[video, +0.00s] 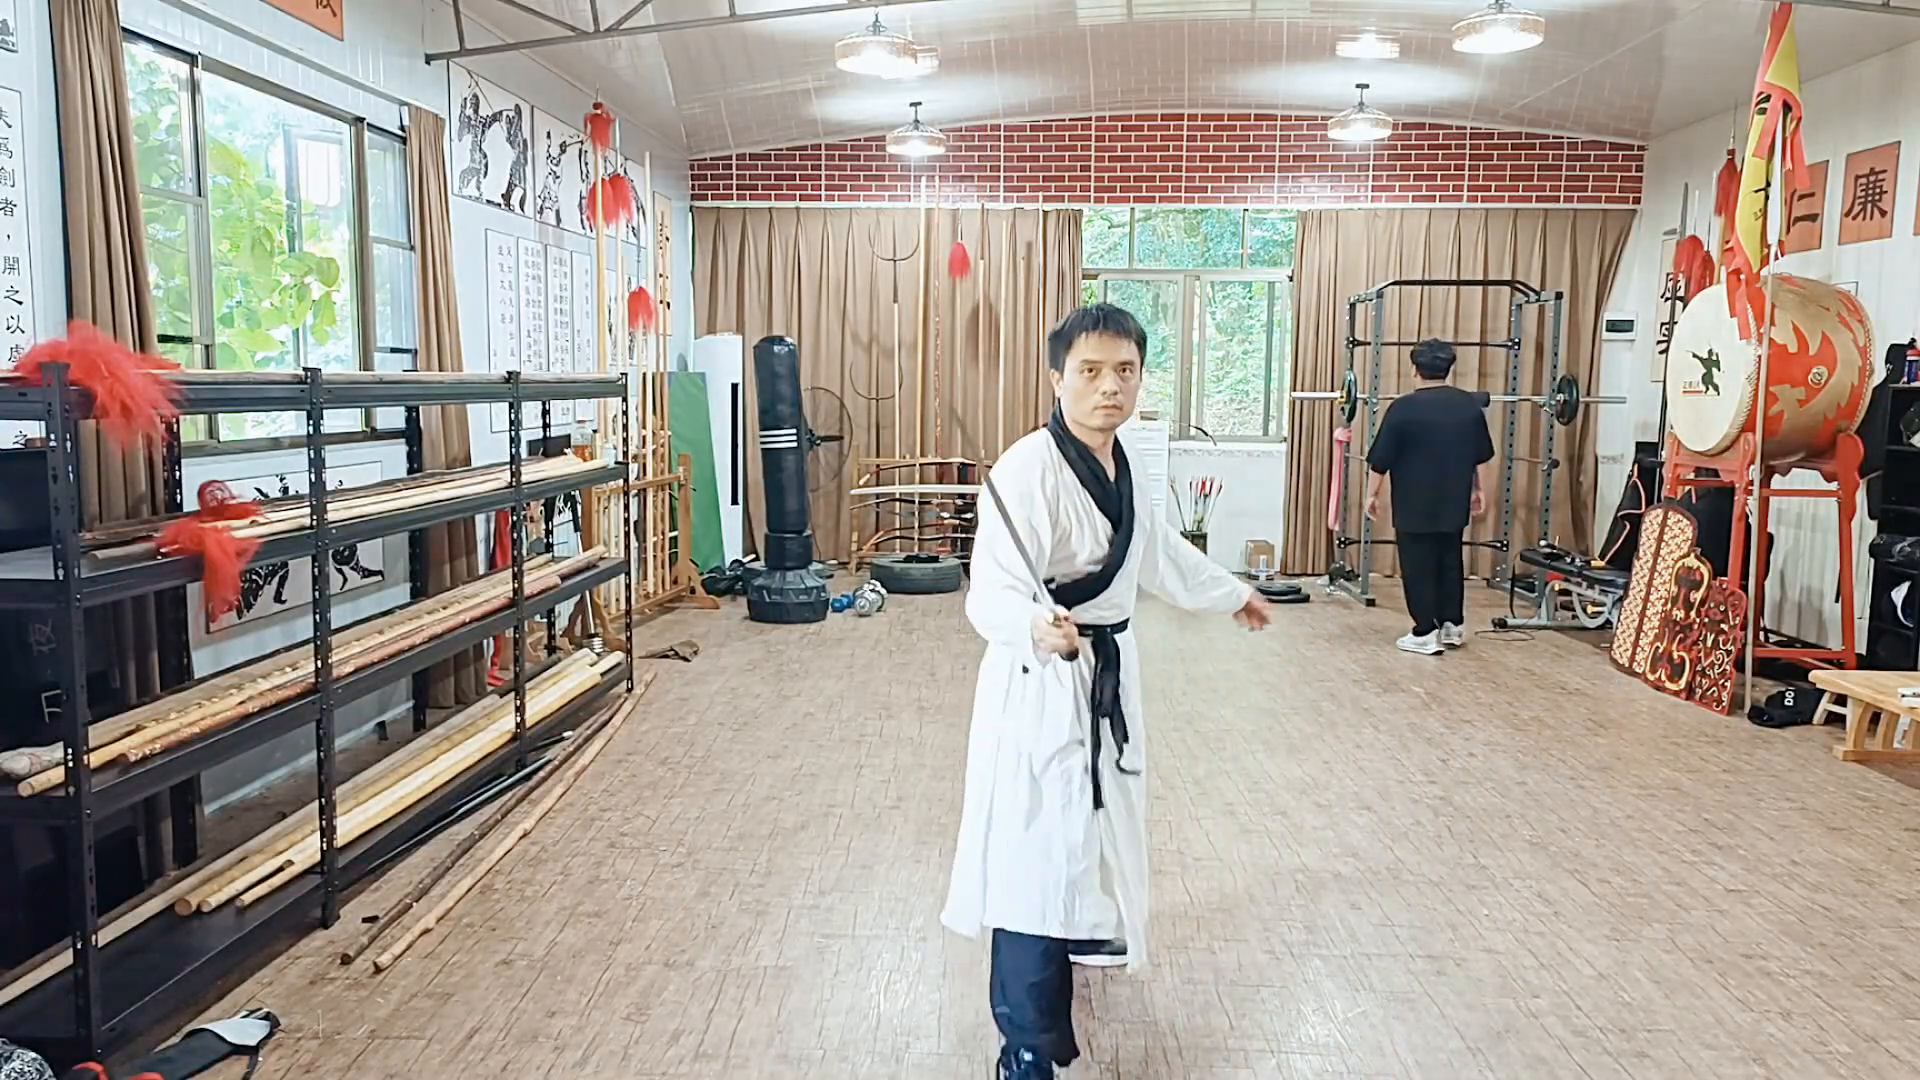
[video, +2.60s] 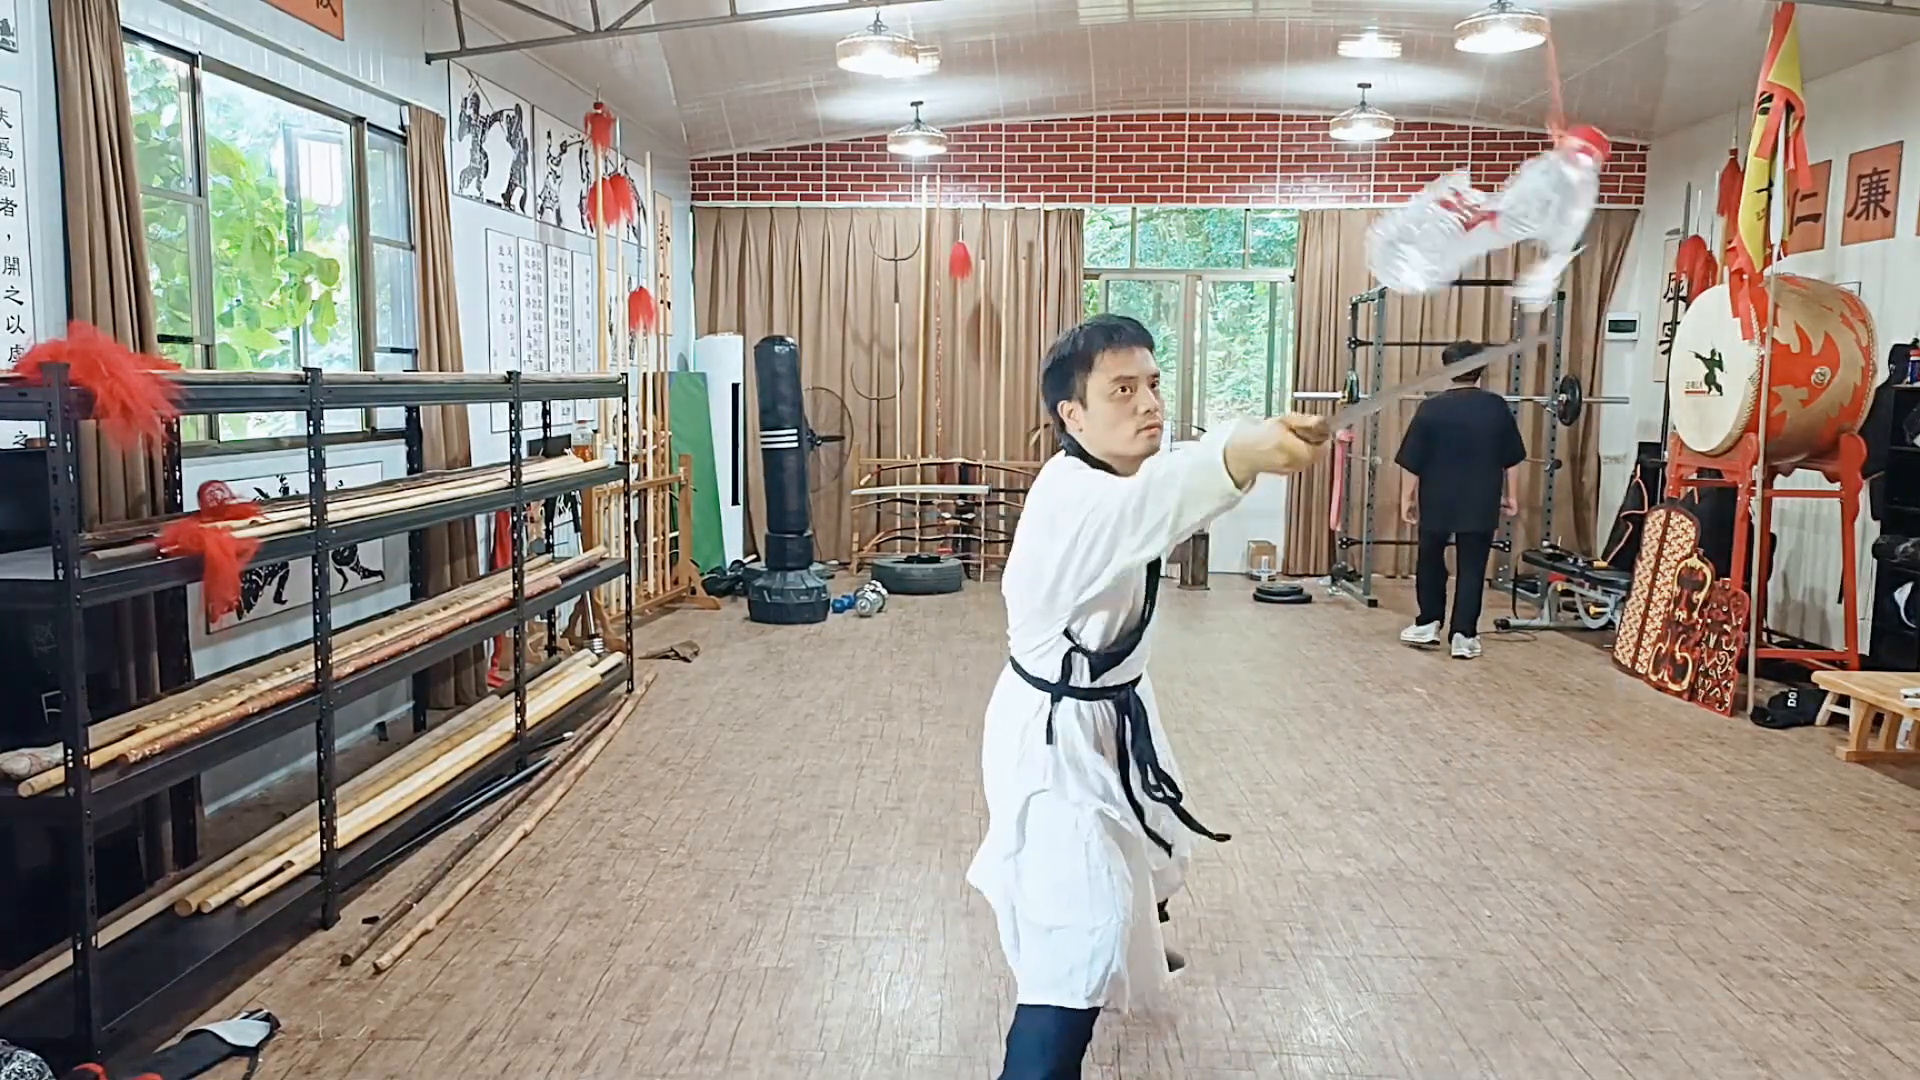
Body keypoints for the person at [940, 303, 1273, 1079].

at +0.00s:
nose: (1110, 386)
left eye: (1124, 370)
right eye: (1091, 370)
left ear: (1140, 380)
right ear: (1058, 379)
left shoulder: (1135, 457)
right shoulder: (1022, 474)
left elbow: (1156, 549)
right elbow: (994, 591)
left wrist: (1229, 591)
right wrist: (1037, 626)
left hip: (1108, 666)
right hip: (1037, 673)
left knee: (1097, 817)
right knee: (1034, 844)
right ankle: (1028, 1049)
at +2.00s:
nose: (1100, 372)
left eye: (1109, 358)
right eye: (1081, 361)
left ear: (1122, 368)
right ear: (1050, 374)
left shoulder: (1110, 451)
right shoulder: (1027, 462)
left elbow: (1115, 552)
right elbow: (1004, 573)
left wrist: (1166, 604)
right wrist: (1058, 617)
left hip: (1100, 657)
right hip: (1046, 669)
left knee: (1093, 783)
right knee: (1059, 815)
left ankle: (1077, 881)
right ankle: (1034, 979)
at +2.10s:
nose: (1098, 376)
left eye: (1109, 362)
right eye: (1080, 364)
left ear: (1122, 373)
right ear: (1051, 377)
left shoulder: (1111, 451)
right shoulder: (1035, 459)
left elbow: (1120, 547)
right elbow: (1005, 558)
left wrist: (1172, 594)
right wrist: (1059, 600)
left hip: (1104, 676)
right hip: (1045, 681)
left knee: (1087, 814)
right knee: (1056, 830)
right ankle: (1034, 980)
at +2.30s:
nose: (1131, 408)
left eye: (1142, 391)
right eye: (1108, 392)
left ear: (1155, 403)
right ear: (1064, 409)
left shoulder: (1147, 487)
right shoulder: (1029, 514)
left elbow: (1180, 567)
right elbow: (982, 653)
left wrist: (1233, 617)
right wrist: (1048, 644)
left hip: (1125, 718)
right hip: (1048, 733)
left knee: (1101, 890)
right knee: (1057, 966)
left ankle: (1059, 1028)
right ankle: (1014, 1061)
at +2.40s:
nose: (1144, 392)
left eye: (1153, 375)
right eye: (1119, 377)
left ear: (1162, 387)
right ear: (1072, 399)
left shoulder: (1135, 485)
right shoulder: (1048, 493)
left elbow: (1147, 574)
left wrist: (1182, 609)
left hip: (1117, 718)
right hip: (1059, 730)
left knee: (1093, 938)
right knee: (1070, 964)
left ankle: (1050, 1060)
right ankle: (1027, 1067)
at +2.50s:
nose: (1142, 403)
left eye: (1149, 384)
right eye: (1118, 386)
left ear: (1158, 392)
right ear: (1065, 405)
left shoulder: (1112, 483)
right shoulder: (1064, 490)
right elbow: (1146, 510)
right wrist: (1213, 507)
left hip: (1105, 713)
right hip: (1053, 728)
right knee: (1068, 976)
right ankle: (1030, 1065)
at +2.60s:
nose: (1148, 403)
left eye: (1153, 384)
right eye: (1122, 390)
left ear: (1163, 391)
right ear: (1071, 417)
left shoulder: (1126, 479)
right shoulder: (1071, 496)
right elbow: (1156, 492)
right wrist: (1246, 453)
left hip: (1117, 709)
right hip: (1054, 730)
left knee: (1141, 844)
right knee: (1071, 967)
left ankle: (1128, 946)